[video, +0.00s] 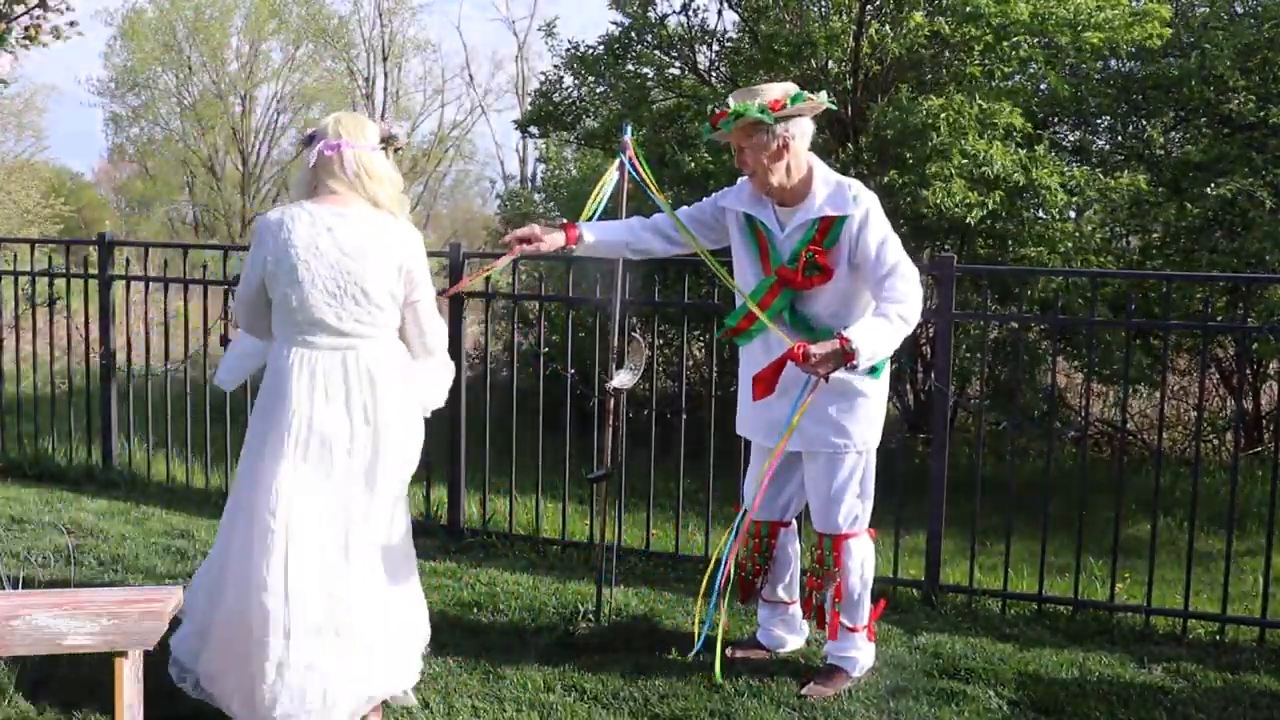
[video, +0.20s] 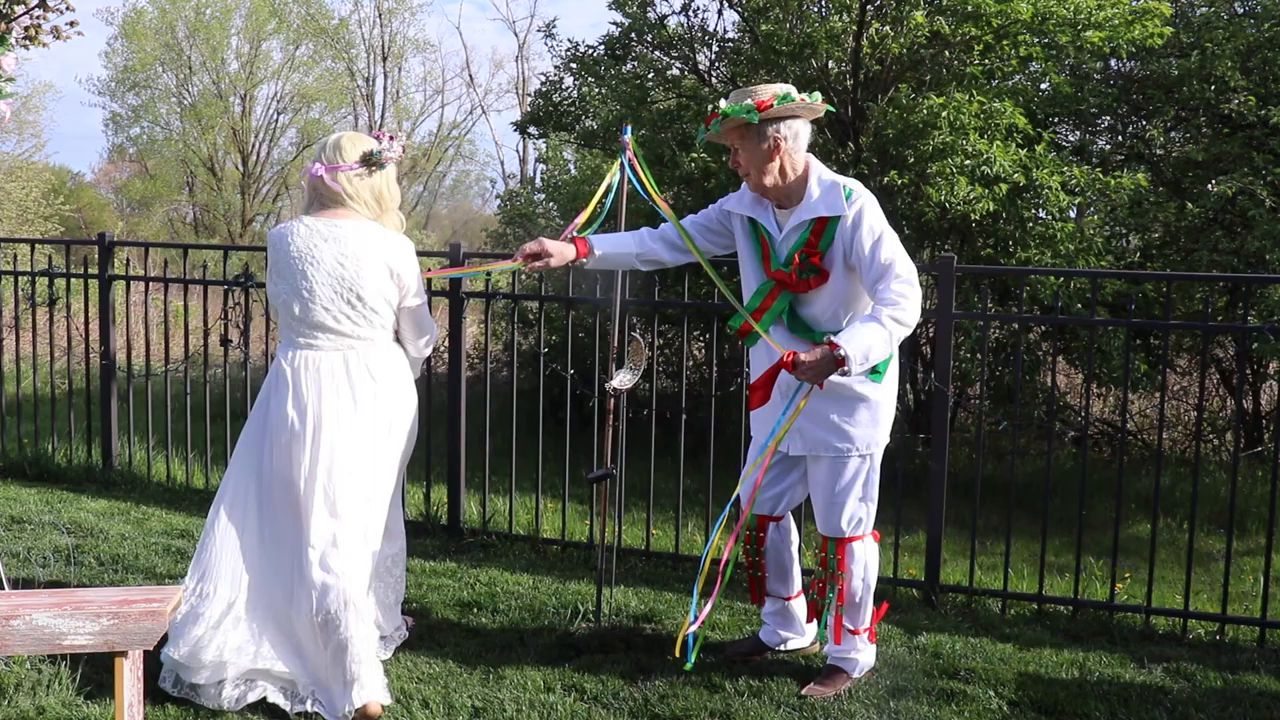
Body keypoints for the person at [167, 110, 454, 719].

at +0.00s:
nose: (393, 163)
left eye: (307, 156)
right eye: (385, 153)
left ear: (313, 164)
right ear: (374, 164)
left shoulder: (278, 225)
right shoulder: (400, 235)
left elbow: (249, 317)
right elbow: (428, 337)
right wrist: (423, 389)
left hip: (296, 390)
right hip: (377, 389)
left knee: (289, 532)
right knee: (368, 535)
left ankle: (283, 684)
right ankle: (365, 687)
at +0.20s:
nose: (388, 181)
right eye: (382, 172)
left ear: (317, 180)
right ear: (376, 183)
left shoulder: (283, 238)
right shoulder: (392, 244)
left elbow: (285, 314)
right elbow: (419, 335)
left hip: (300, 381)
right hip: (375, 381)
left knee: (313, 532)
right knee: (360, 522)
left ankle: (363, 684)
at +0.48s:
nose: (370, 171)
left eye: (367, 162)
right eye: (365, 163)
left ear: (301, 166)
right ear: (352, 167)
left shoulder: (268, 217)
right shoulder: (355, 224)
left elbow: (274, 284)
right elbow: (383, 310)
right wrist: (401, 295)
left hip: (276, 350)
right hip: (341, 354)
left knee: (289, 476)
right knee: (360, 478)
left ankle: (294, 602)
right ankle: (372, 610)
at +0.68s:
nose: (237, 180)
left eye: (244, 174)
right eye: (315, 175)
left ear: (259, 180)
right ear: (299, 180)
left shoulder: (238, 227)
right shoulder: (286, 236)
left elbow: (253, 302)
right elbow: (302, 321)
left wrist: (329, 305)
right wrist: (353, 316)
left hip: (244, 377)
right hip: (289, 379)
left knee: (247, 479)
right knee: (346, 489)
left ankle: (217, 579)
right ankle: (371, 613)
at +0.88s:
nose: (282, 173)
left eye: (286, 164)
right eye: (272, 164)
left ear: (288, 169)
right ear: (244, 169)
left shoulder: (267, 221)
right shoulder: (225, 224)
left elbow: (279, 293)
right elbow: (226, 304)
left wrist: (316, 320)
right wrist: (287, 324)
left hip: (267, 363)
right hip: (237, 371)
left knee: (237, 470)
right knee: (272, 470)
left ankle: (213, 576)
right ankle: (279, 589)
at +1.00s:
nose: (266, 166)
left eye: (271, 157)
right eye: (255, 158)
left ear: (277, 163)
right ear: (228, 165)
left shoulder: (272, 222)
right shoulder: (205, 217)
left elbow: (281, 290)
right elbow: (202, 298)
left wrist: (305, 313)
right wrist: (270, 314)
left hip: (264, 362)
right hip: (220, 364)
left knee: (255, 468)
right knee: (218, 467)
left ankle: (229, 581)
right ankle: (207, 582)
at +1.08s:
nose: (257, 163)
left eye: (262, 154)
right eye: (246, 155)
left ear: (268, 162)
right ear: (219, 163)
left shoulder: (264, 221)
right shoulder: (197, 219)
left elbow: (277, 288)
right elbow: (199, 302)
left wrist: (300, 314)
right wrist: (268, 314)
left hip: (257, 367)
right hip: (212, 370)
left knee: (245, 475)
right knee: (209, 473)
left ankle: (214, 588)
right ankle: (197, 588)